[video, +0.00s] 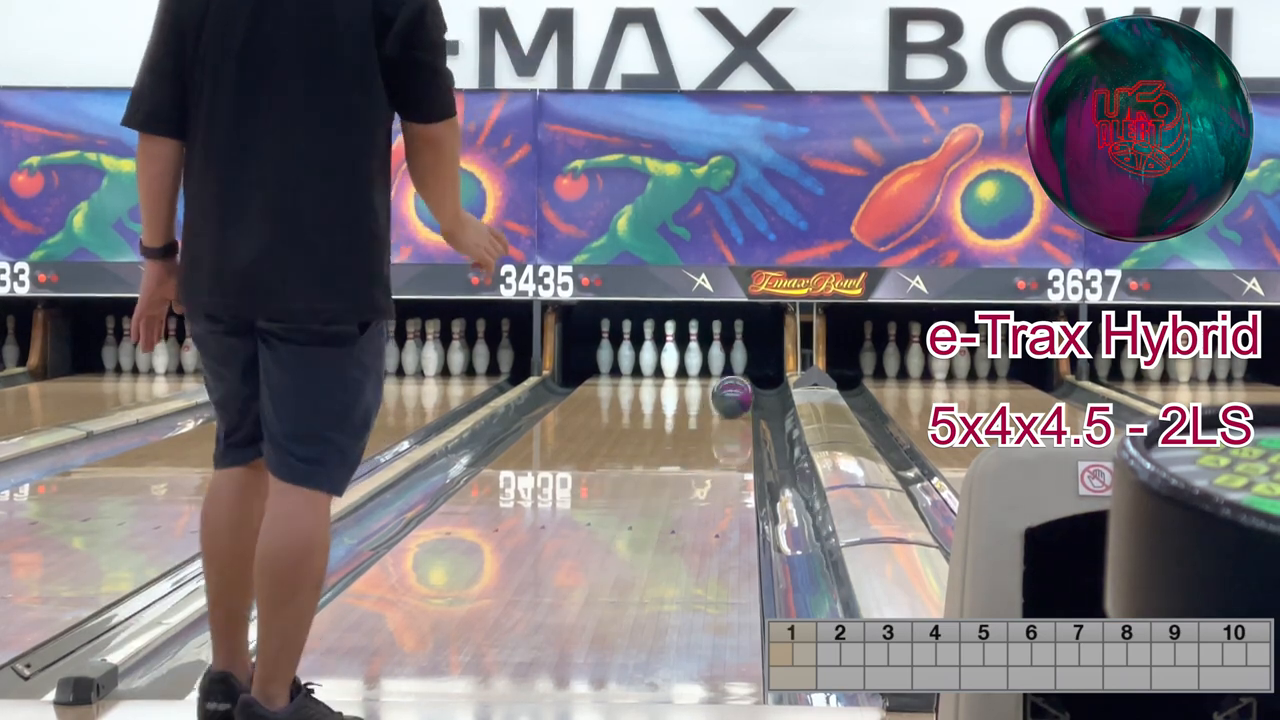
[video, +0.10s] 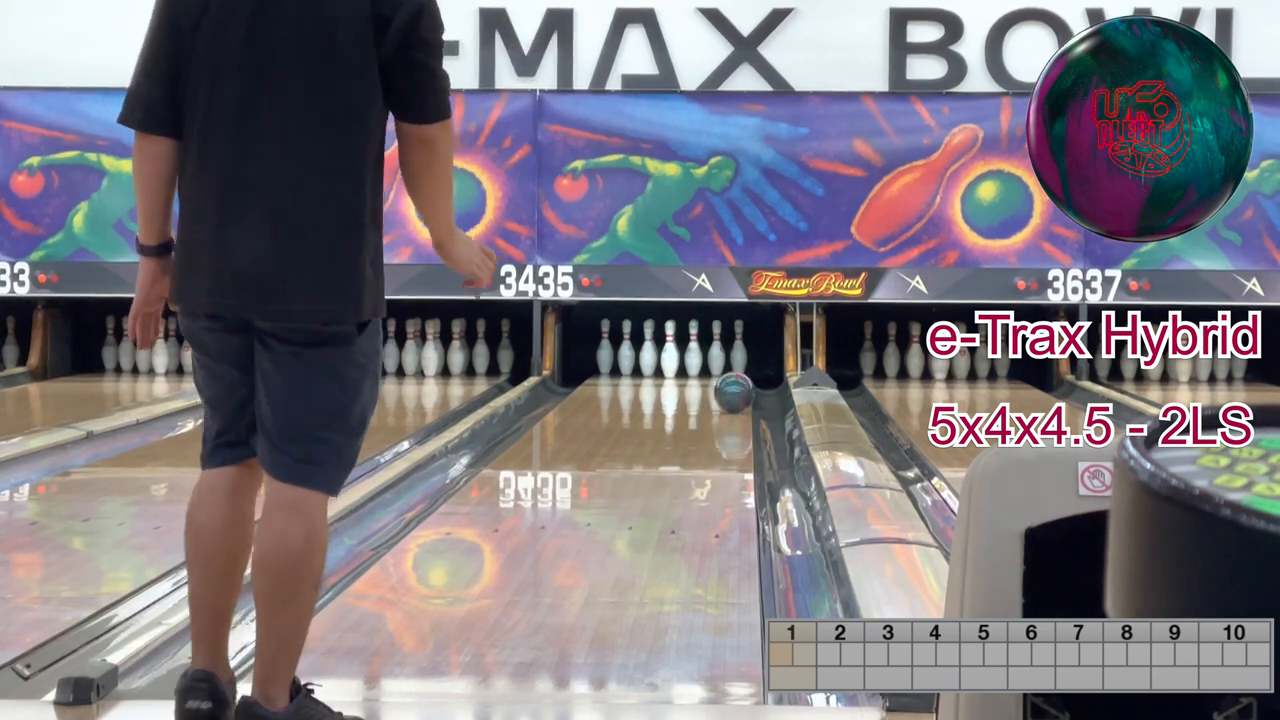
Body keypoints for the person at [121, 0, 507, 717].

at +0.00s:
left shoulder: (194, 3)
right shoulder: (396, 2)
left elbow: (157, 124)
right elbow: (430, 119)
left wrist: (158, 257)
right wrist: (454, 220)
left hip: (218, 257)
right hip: (329, 262)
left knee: (238, 455)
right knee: (303, 479)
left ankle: (228, 673)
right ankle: (271, 696)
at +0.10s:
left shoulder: (190, 2)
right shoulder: (394, 3)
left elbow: (153, 121)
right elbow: (425, 125)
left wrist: (153, 252)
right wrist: (446, 236)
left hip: (212, 258)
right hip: (323, 266)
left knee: (227, 454)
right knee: (299, 482)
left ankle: (206, 672)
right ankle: (272, 696)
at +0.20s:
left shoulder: (187, 2)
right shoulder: (393, 3)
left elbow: (150, 121)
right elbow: (419, 127)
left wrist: (152, 250)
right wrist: (438, 245)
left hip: (207, 257)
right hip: (322, 266)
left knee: (217, 451)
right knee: (296, 482)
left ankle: (189, 668)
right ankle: (271, 696)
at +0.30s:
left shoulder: (183, 2)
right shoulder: (390, 3)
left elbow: (147, 121)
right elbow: (414, 129)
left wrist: (151, 251)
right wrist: (435, 254)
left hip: (202, 257)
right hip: (319, 266)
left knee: (209, 449)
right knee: (294, 481)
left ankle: (177, 667)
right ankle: (272, 695)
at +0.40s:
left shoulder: (179, 2)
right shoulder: (388, 3)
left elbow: (145, 123)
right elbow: (411, 130)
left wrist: (152, 250)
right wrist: (433, 260)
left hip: (199, 257)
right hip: (317, 267)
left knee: (203, 451)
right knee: (293, 482)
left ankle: (177, 670)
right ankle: (271, 695)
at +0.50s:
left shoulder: (177, 2)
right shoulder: (386, 3)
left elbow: (141, 120)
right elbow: (410, 130)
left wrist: (151, 250)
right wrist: (434, 262)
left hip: (197, 257)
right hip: (316, 266)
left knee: (200, 452)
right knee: (292, 482)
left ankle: (177, 672)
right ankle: (271, 695)